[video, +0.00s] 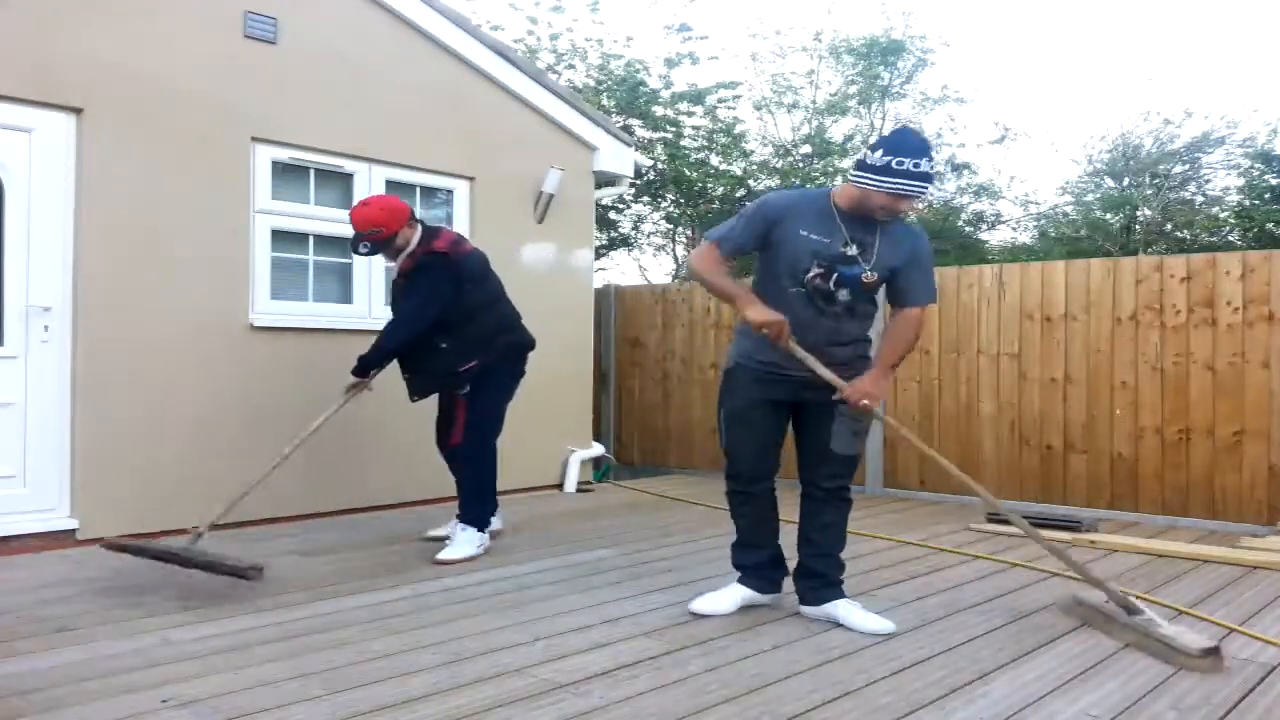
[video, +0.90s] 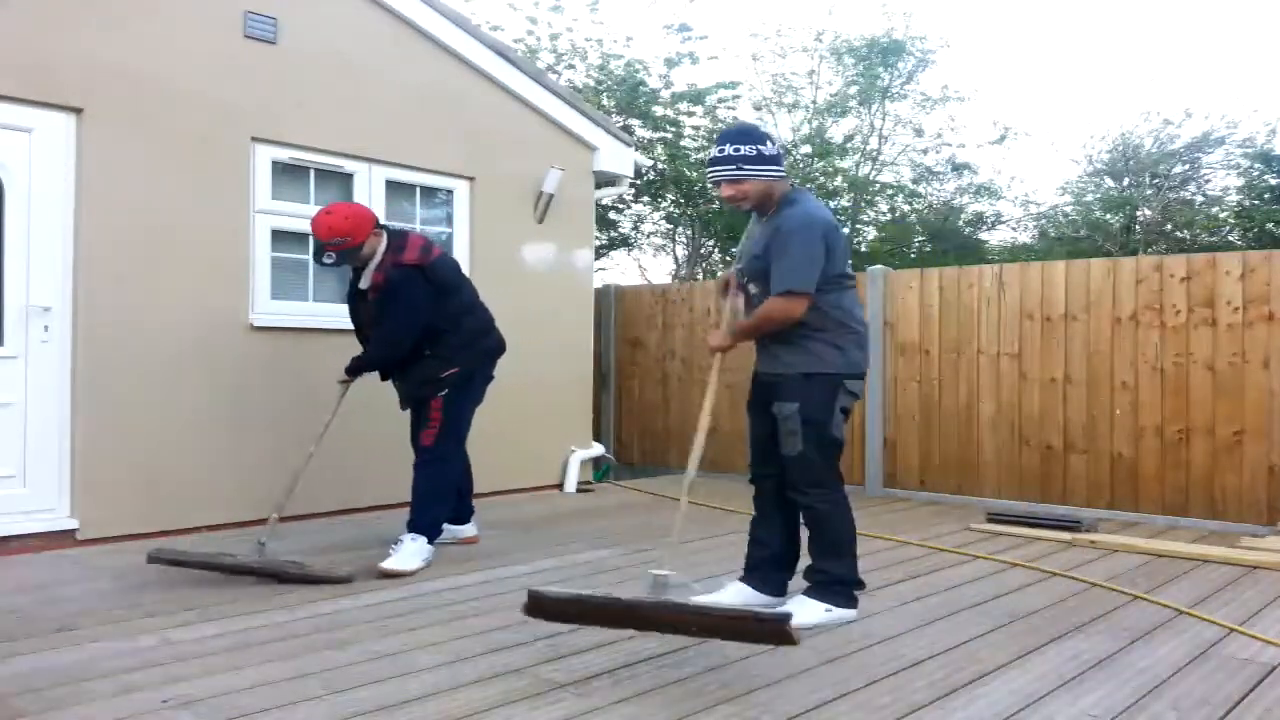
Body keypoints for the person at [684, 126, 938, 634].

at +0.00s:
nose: (908, 207)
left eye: (913, 198)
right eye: (903, 196)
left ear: (900, 189)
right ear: (872, 182)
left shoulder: (905, 242)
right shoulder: (782, 209)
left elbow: (912, 312)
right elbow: (704, 257)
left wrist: (879, 374)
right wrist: (747, 301)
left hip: (839, 382)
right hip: (759, 371)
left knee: (830, 487)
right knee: (748, 479)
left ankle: (822, 593)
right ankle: (756, 581)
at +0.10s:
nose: (874, 198)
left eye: (882, 188)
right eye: (865, 186)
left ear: (887, 183)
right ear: (835, 173)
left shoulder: (888, 236)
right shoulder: (768, 213)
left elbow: (912, 309)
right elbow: (702, 270)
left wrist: (887, 377)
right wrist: (759, 315)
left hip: (838, 386)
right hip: (758, 378)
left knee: (831, 489)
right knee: (755, 484)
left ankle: (822, 593)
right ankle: (762, 583)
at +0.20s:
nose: (822, 190)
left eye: (836, 180)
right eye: (812, 177)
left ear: (856, 179)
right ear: (796, 169)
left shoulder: (877, 229)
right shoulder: (752, 215)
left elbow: (913, 298)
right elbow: (692, 270)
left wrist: (877, 363)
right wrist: (739, 298)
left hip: (836, 381)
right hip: (756, 378)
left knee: (830, 489)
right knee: (756, 484)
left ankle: (822, 593)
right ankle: (762, 584)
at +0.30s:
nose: (794, 185)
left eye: (807, 177)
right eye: (787, 174)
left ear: (835, 175)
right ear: (777, 167)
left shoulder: (869, 226)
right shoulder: (742, 216)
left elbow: (908, 292)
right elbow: (681, 266)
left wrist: (858, 349)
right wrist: (716, 286)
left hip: (830, 380)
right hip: (753, 377)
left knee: (828, 488)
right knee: (755, 484)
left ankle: (822, 593)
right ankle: (762, 584)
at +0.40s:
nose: (766, 183)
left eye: (778, 173)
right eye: (759, 172)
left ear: (809, 170)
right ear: (751, 169)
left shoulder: (852, 222)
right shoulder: (731, 216)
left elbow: (884, 292)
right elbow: (668, 255)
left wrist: (803, 330)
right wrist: (680, 270)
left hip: (826, 377)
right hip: (746, 373)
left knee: (829, 485)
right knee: (752, 482)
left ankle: (823, 593)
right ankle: (762, 584)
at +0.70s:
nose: (736, 184)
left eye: (747, 173)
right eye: (730, 174)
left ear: (779, 168)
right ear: (726, 173)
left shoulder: (820, 219)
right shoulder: (741, 214)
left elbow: (818, 296)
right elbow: (731, 250)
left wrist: (736, 327)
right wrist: (689, 260)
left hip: (810, 372)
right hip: (753, 370)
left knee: (819, 482)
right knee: (758, 482)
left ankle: (848, 589)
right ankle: (764, 585)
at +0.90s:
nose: (727, 193)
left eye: (734, 182)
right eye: (721, 183)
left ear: (765, 172)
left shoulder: (802, 220)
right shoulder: (766, 217)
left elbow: (789, 307)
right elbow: (765, 267)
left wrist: (735, 334)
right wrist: (740, 279)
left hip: (819, 367)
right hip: (777, 364)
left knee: (814, 479)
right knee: (771, 478)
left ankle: (835, 593)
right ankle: (765, 584)